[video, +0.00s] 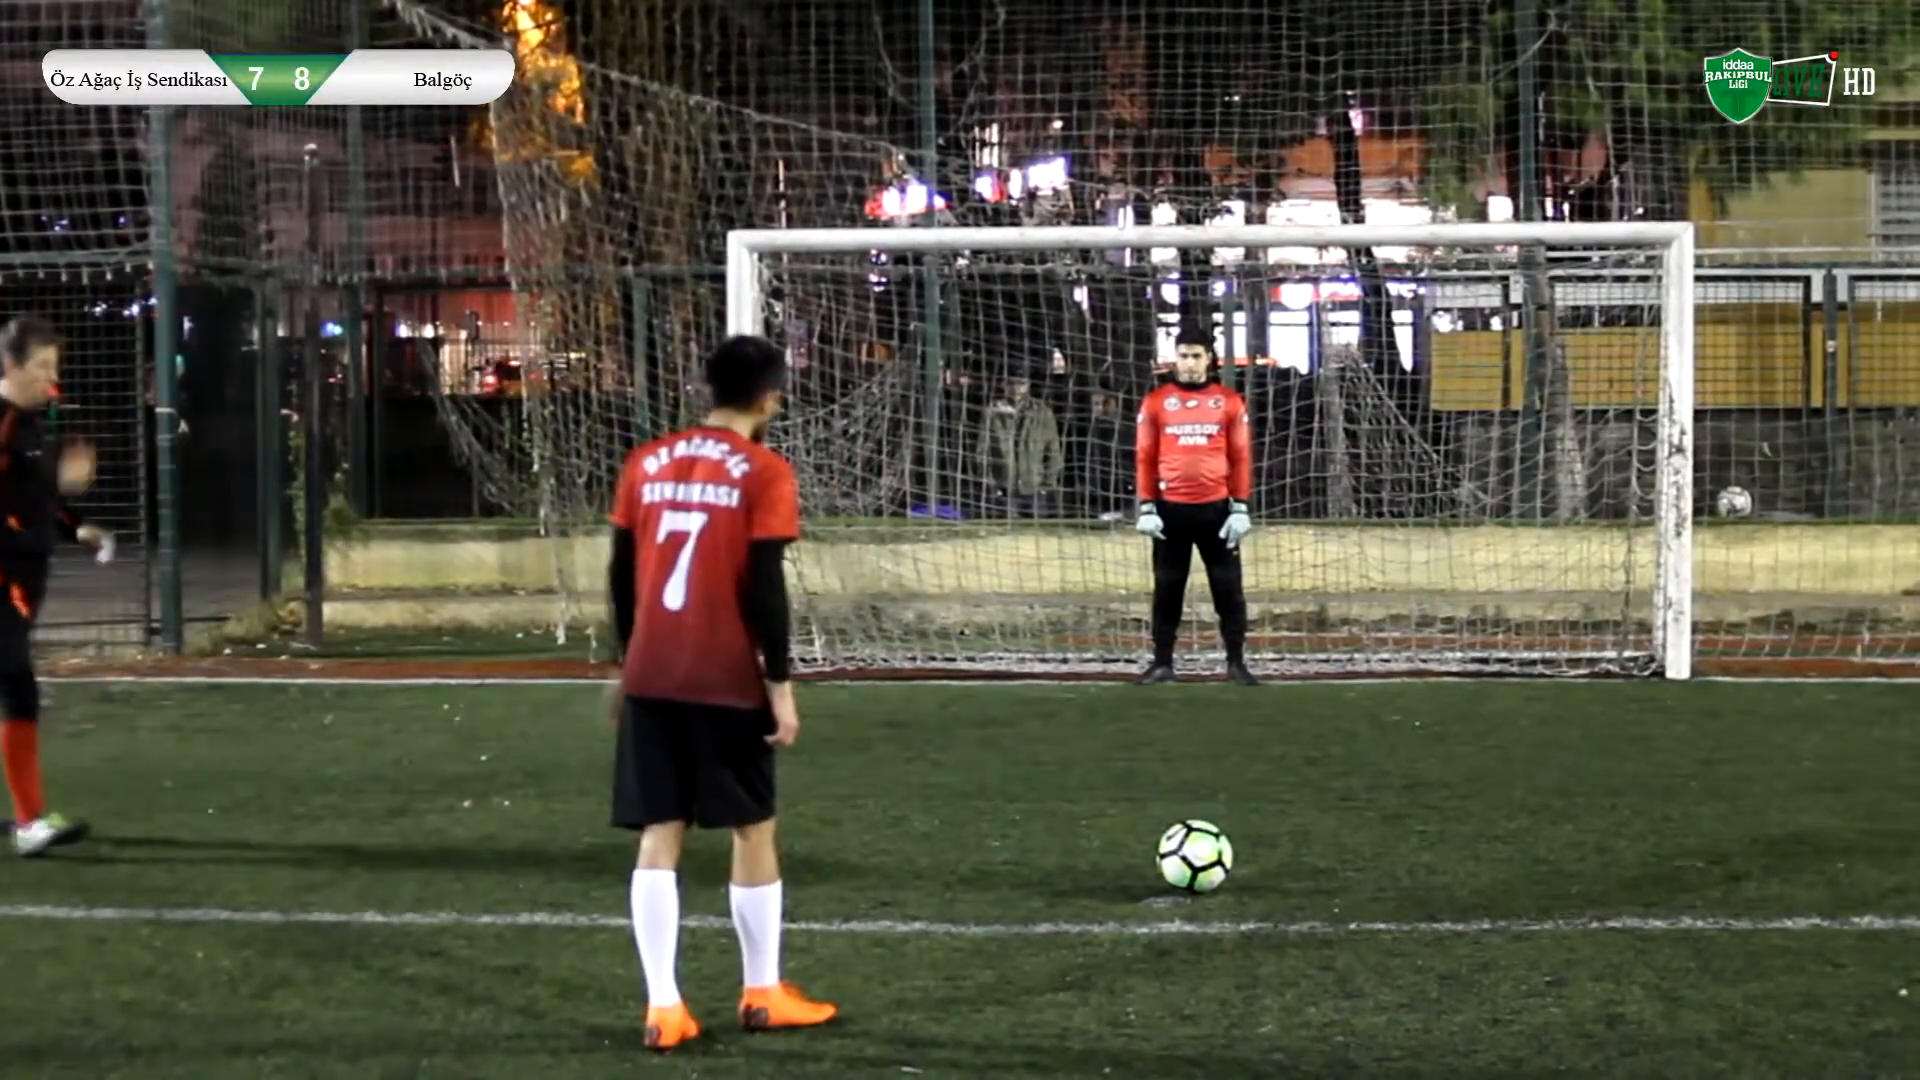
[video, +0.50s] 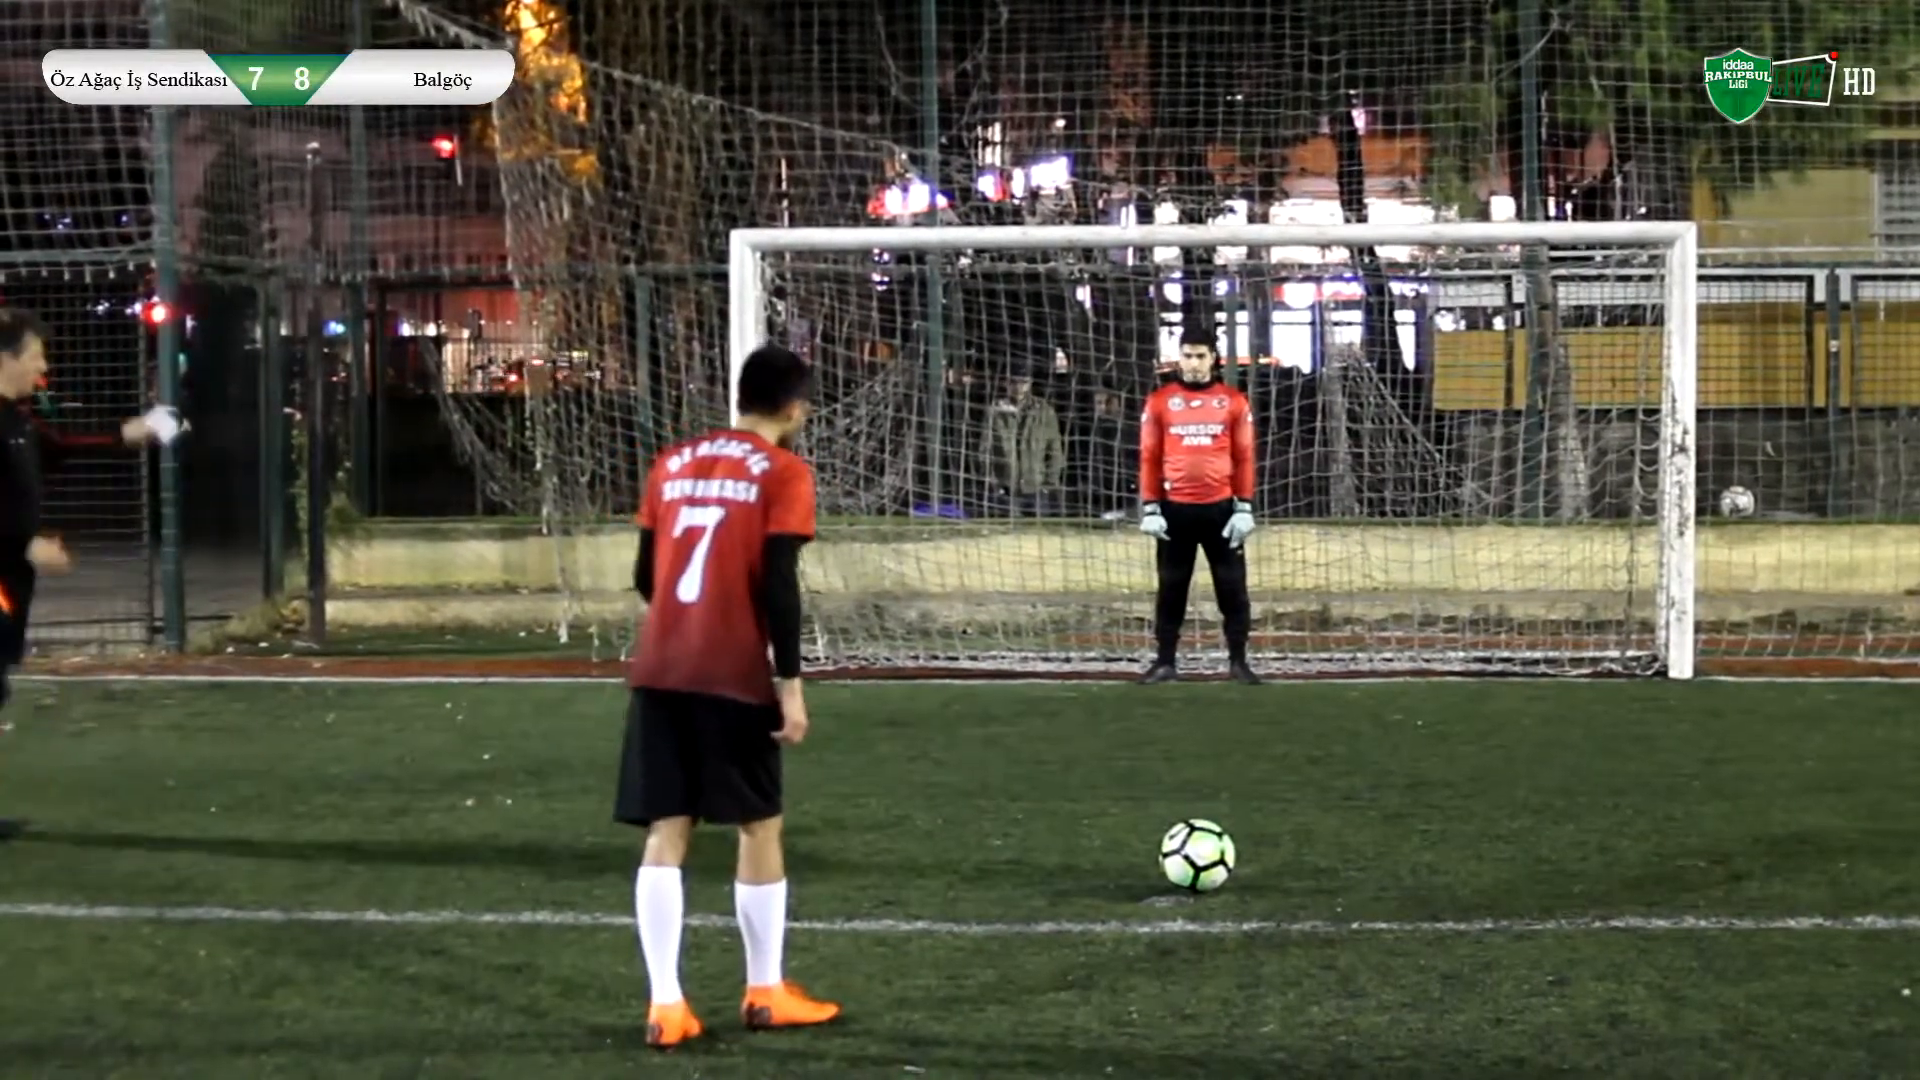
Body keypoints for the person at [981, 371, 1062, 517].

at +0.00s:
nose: (1015, 389)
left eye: (1021, 384)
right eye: (1011, 383)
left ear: (1029, 386)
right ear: (1004, 385)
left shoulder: (1043, 413)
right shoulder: (992, 413)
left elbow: (1054, 453)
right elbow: (983, 450)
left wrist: (1048, 485)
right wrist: (991, 485)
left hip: (1035, 492)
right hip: (1003, 492)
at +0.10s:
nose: (1015, 389)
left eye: (1021, 383)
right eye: (1011, 383)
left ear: (1029, 385)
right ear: (1004, 384)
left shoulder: (1043, 413)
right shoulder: (992, 412)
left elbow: (1054, 453)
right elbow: (982, 450)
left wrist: (1048, 485)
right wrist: (990, 484)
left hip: (1035, 492)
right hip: (1003, 492)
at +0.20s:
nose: (1014, 389)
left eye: (1020, 384)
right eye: (1009, 383)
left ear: (1027, 386)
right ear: (1003, 385)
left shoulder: (1042, 413)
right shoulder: (991, 413)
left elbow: (1052, 453)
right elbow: (981, 450)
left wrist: (1046, 485)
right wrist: (989, 485)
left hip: (1033, 492)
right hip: (1001, 492)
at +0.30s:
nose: (1014, 389)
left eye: (1020, 384)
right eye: (1009, 383)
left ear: (1027, 386)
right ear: (1002, 385)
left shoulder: (1042, 413)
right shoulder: (991, 413)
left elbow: (1052, 454)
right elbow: (981, 451)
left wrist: (1047, 485)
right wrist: (989, 485)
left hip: (1034, 492)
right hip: (1002, 492)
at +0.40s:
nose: (1016, 389)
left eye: (1022, 383)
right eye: (1011, 383)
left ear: (1029, 385)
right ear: (1005, 384)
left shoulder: (1044, 412)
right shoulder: (993, 412)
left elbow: (1054, 453)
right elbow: (983, 450)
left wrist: (1048, 484)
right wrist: (992, 485)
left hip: (1036, 492)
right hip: (1003, 492)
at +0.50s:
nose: (1018, 388)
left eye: (1023, 382)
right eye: (1013, 382)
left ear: (1030, 384)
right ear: (1006, 383)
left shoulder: (1045, 412)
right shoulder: (995, 410)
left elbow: (1056, 453)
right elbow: (985, 449)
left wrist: (1049, 485)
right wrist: (992, 482)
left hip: (1036, 491)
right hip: (1004, 491)